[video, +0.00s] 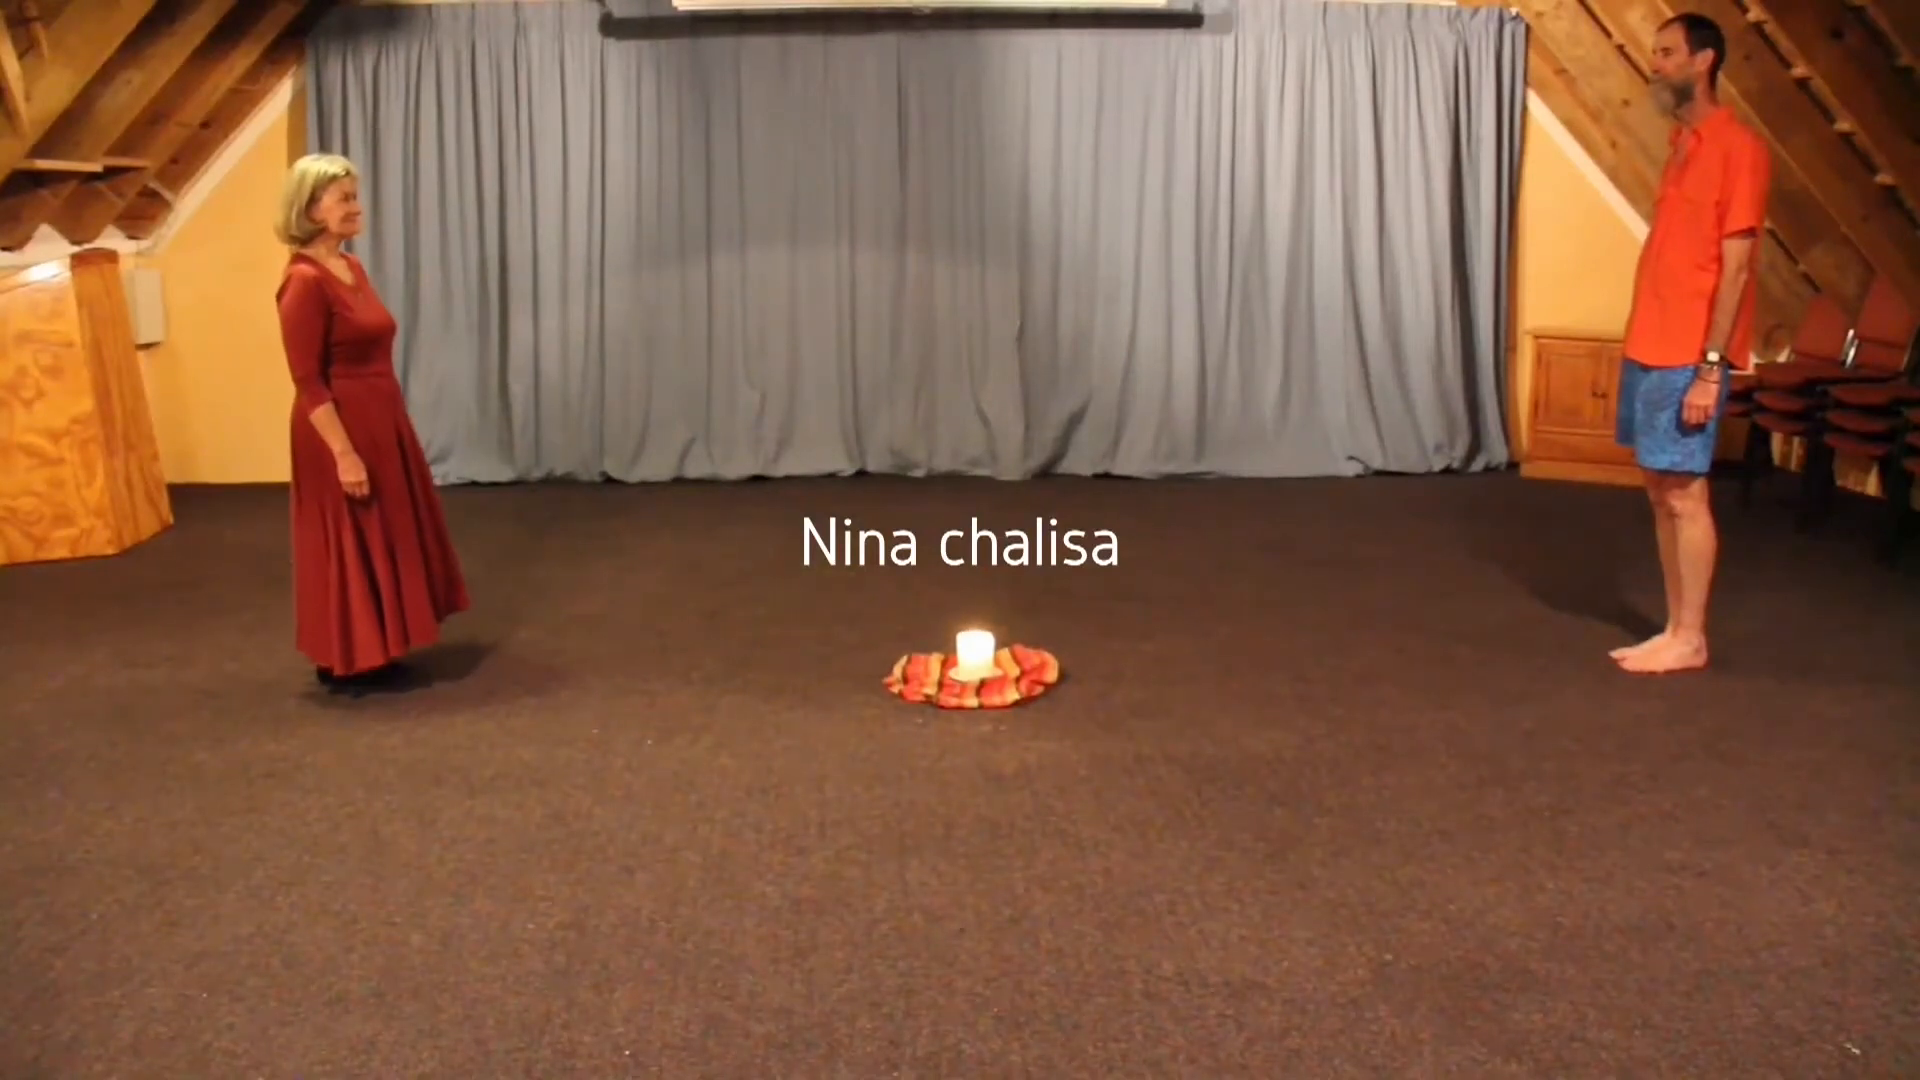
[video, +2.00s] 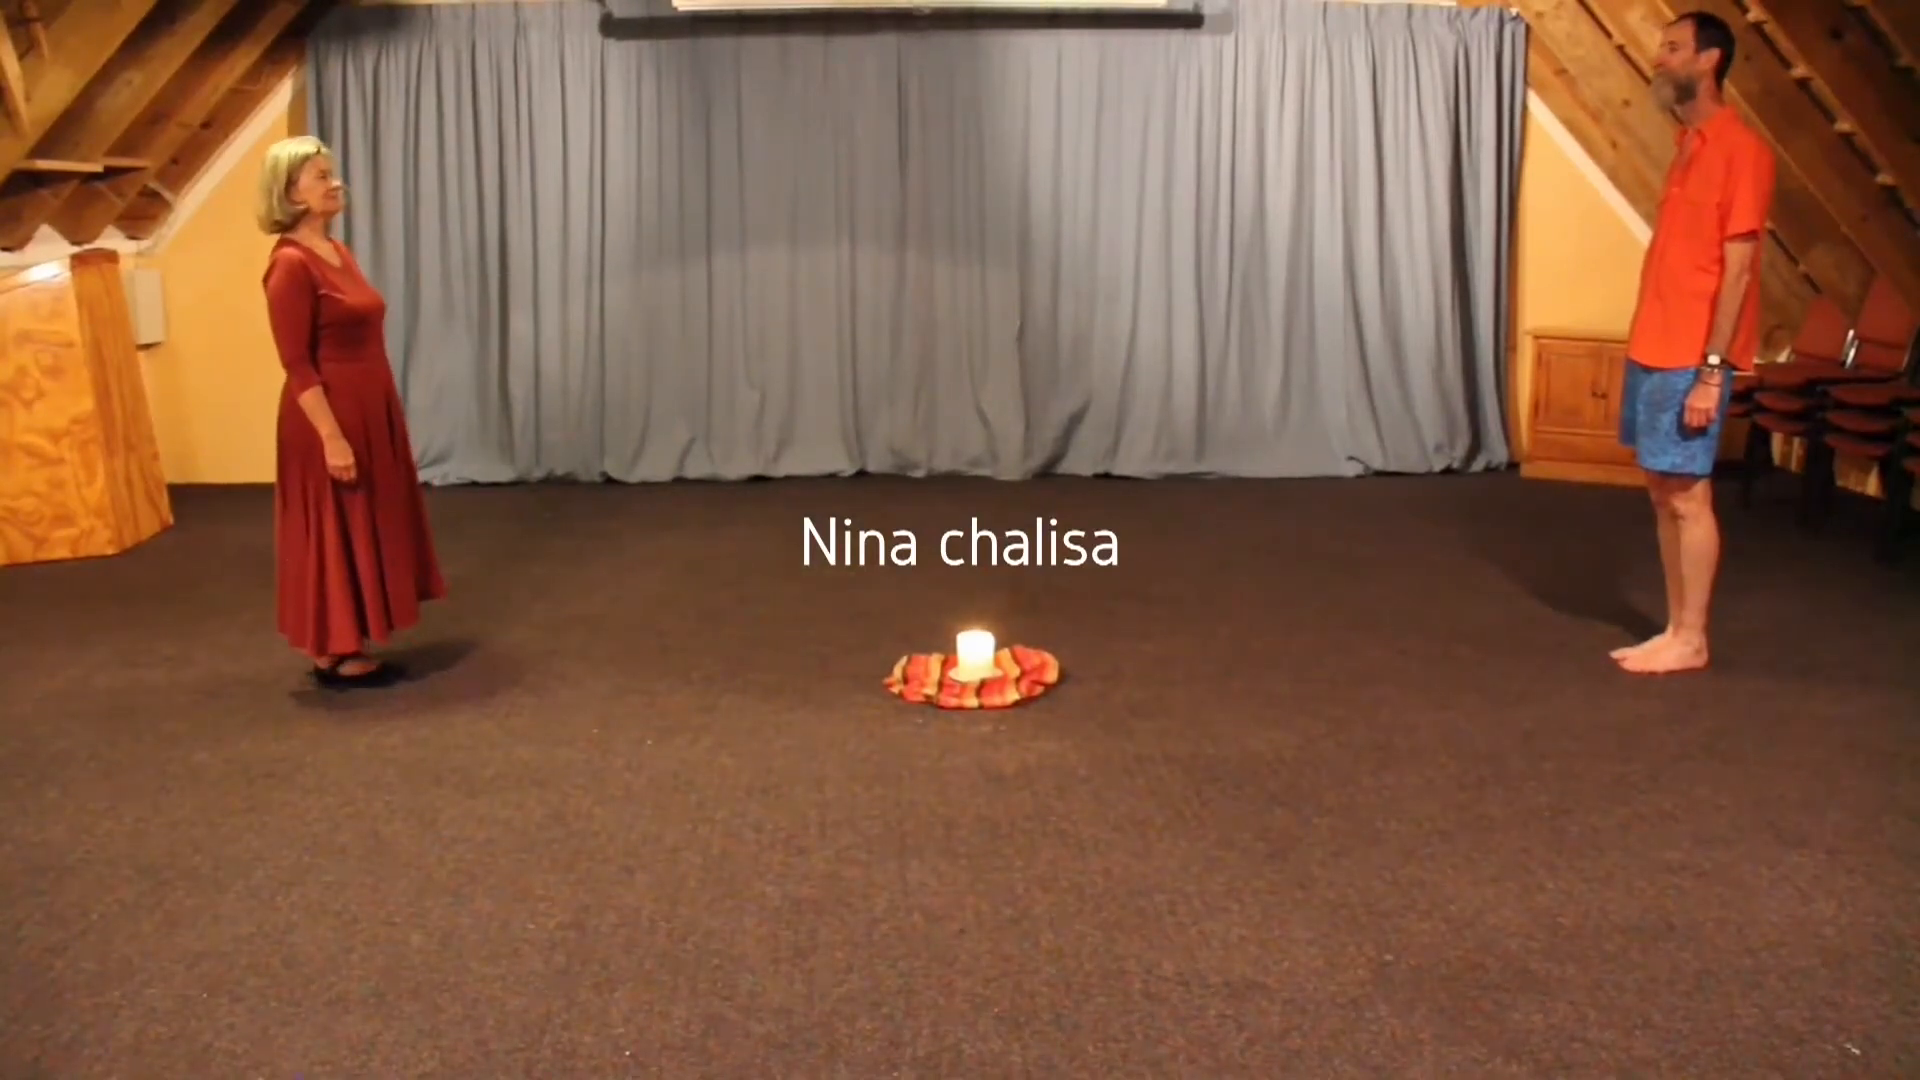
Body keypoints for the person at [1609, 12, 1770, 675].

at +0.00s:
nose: (1654, 64)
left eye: (1666, 53)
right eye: (1654, 53)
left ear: (1704, 61)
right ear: (1686, 62)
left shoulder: (1740, 145)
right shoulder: (1686, 142)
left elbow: (1738, 265)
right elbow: (1676, 252)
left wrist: (1713, 364)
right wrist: (1647, 345)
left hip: (1690, 359)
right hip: (1652, 352)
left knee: (1686, 498)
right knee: (1662, 494)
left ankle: (1690, 637)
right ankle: (1677, 629)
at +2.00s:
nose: (1659, 58)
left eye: (1672, 47)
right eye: (1661, 46)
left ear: (1710, 59)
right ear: (1693, 61)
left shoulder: (1742, 147)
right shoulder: (1693, 143)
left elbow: (1740, 267)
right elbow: (1685, 257)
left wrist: (1714, 367)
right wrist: (1652, 348)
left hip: (1693, 360)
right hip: (1657, 354)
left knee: (1688, 500)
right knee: (1664, 496)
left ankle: (1692, 639)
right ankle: (1678, 629)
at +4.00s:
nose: (1654, 61)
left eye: (1667, 50)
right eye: (1655, 49)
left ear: (1705, 60)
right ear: (1691, 61)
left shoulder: (1737, 144)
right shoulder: (1695, 143)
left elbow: (1734, 267)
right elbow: (1688, 259)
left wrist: (1715, 366)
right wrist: (1656, 348)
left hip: (1691, 358)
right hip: (1657, 352)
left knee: (1684, 498)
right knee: (1662, 494)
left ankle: (1691, 639)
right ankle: (1676, 630)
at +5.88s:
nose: (1657, 63)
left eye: (1669, 51)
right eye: (1657, 52)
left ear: (1708, 58)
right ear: (1694, 60)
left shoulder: (1742, 143)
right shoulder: (1696, 142)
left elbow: (1740, 259)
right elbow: (1694, 253)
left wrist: (1732, 366)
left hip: (1695, 355)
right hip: (1658, 350)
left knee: (1689, 496)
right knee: (1663, 492)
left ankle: (1692, 639)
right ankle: (1677, 630)